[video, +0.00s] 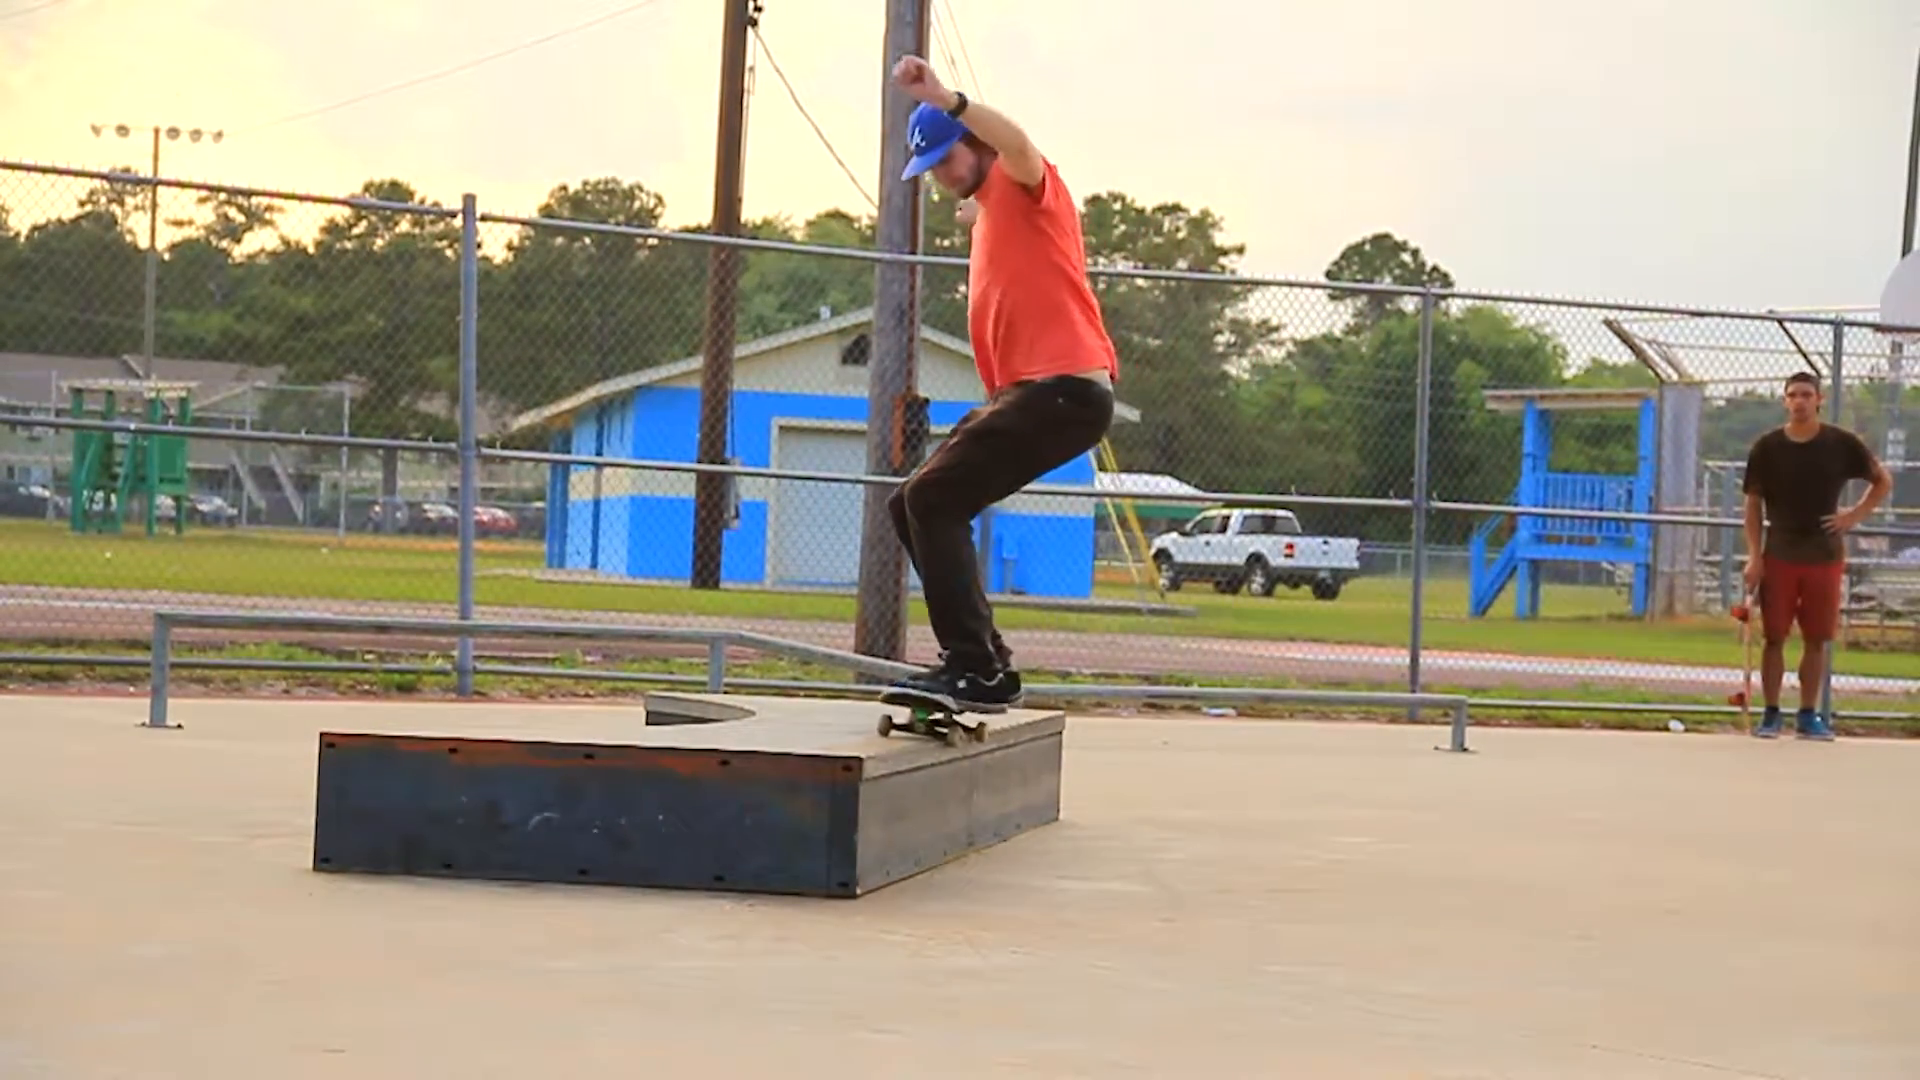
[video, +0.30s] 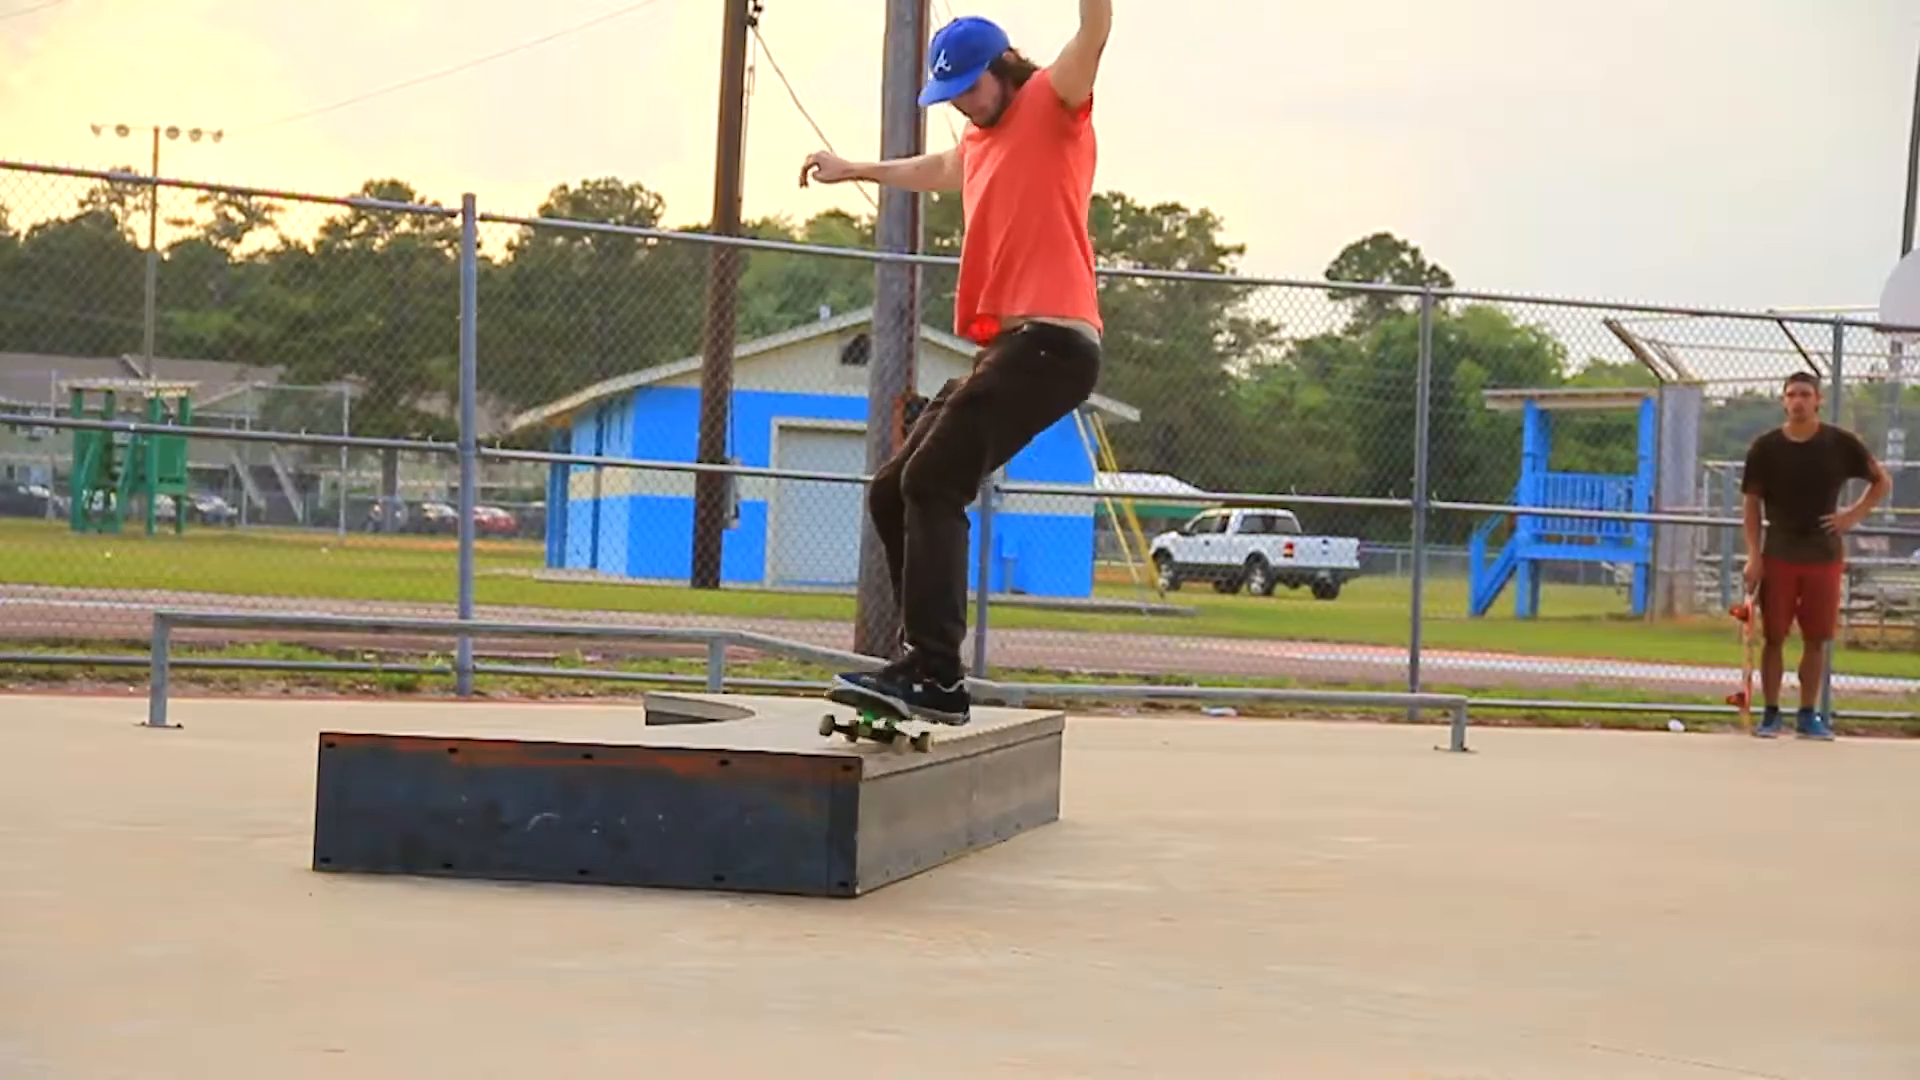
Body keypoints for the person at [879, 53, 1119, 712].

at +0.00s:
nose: (939, 179)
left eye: (943, 163)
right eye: (932, 169)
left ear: (976, 144)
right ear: (939, 165)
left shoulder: (1026, 185)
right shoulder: (989, 209)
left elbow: (1015, 143)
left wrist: (945, 97)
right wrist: (996, 399)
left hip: (1068, 391)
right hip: (1030, 392)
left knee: (931, 498)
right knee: (910, 504)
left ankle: (978, 667)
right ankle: (975, 658)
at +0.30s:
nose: (961, 106)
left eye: (967, 89)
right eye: (952, 95)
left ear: (1003, 67)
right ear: (954, 86)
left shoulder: (1051, 100)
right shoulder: (972, 145)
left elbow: (1094, 28)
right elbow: (928, 170)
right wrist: (851, 169)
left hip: (1054, 341)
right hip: (1007, 344)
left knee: (929, 480)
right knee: (889, 492)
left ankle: (939, 675)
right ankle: (921, 664)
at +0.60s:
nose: (993, 139)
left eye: (997, 123)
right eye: (984, 129)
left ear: (1028, 94)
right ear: (993, 110)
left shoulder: (1076, 113)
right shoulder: (1025, 151)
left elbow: (1101, 113)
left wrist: (1125, 85)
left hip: (1140, 358)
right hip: (1065, 367)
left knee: (1036, 422)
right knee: (938, 490)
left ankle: (1090, 621)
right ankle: (988, 664)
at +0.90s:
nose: (1113, 300)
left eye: (1123, 285)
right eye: (1100, 289)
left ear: (1155, 258)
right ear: (1084, 269)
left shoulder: (1212, 319)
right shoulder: (1094, 321)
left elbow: (1258, 443)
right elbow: (1112, 429)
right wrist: (1110, 523)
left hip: (1205, 561)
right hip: (1109, 563)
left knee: (1107, 678)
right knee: (1016, 709)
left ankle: (1188, 858)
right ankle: (1110, 850)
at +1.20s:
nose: (1269, 238)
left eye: (1284, 222)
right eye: (1254, 224)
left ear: (1320, 196)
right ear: (1235, 203)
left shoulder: (1382, 274)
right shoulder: (1219, 268)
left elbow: (1425, 424)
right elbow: (1213, 416)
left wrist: (1437, 566)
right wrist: (1211, 546)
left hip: (1358, 521)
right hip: (1252, 531)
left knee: (1280, 676)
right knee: (1190, 716)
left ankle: (1354, 892)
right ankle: (1276, 883)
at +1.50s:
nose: (1481, 93)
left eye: (1500, 75)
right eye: (1462, 75)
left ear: (1531, 56)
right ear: (1432, 58)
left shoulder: (1582, 148)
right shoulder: (1396, 148)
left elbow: (1632, 316)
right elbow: (1379, 320)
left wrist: (1647, 471)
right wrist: (1382, 465)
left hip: (1546, 451)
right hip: (1428, 461)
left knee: (1520, 682)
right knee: (1422, 695)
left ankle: (1587, 934)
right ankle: (1457, 918)